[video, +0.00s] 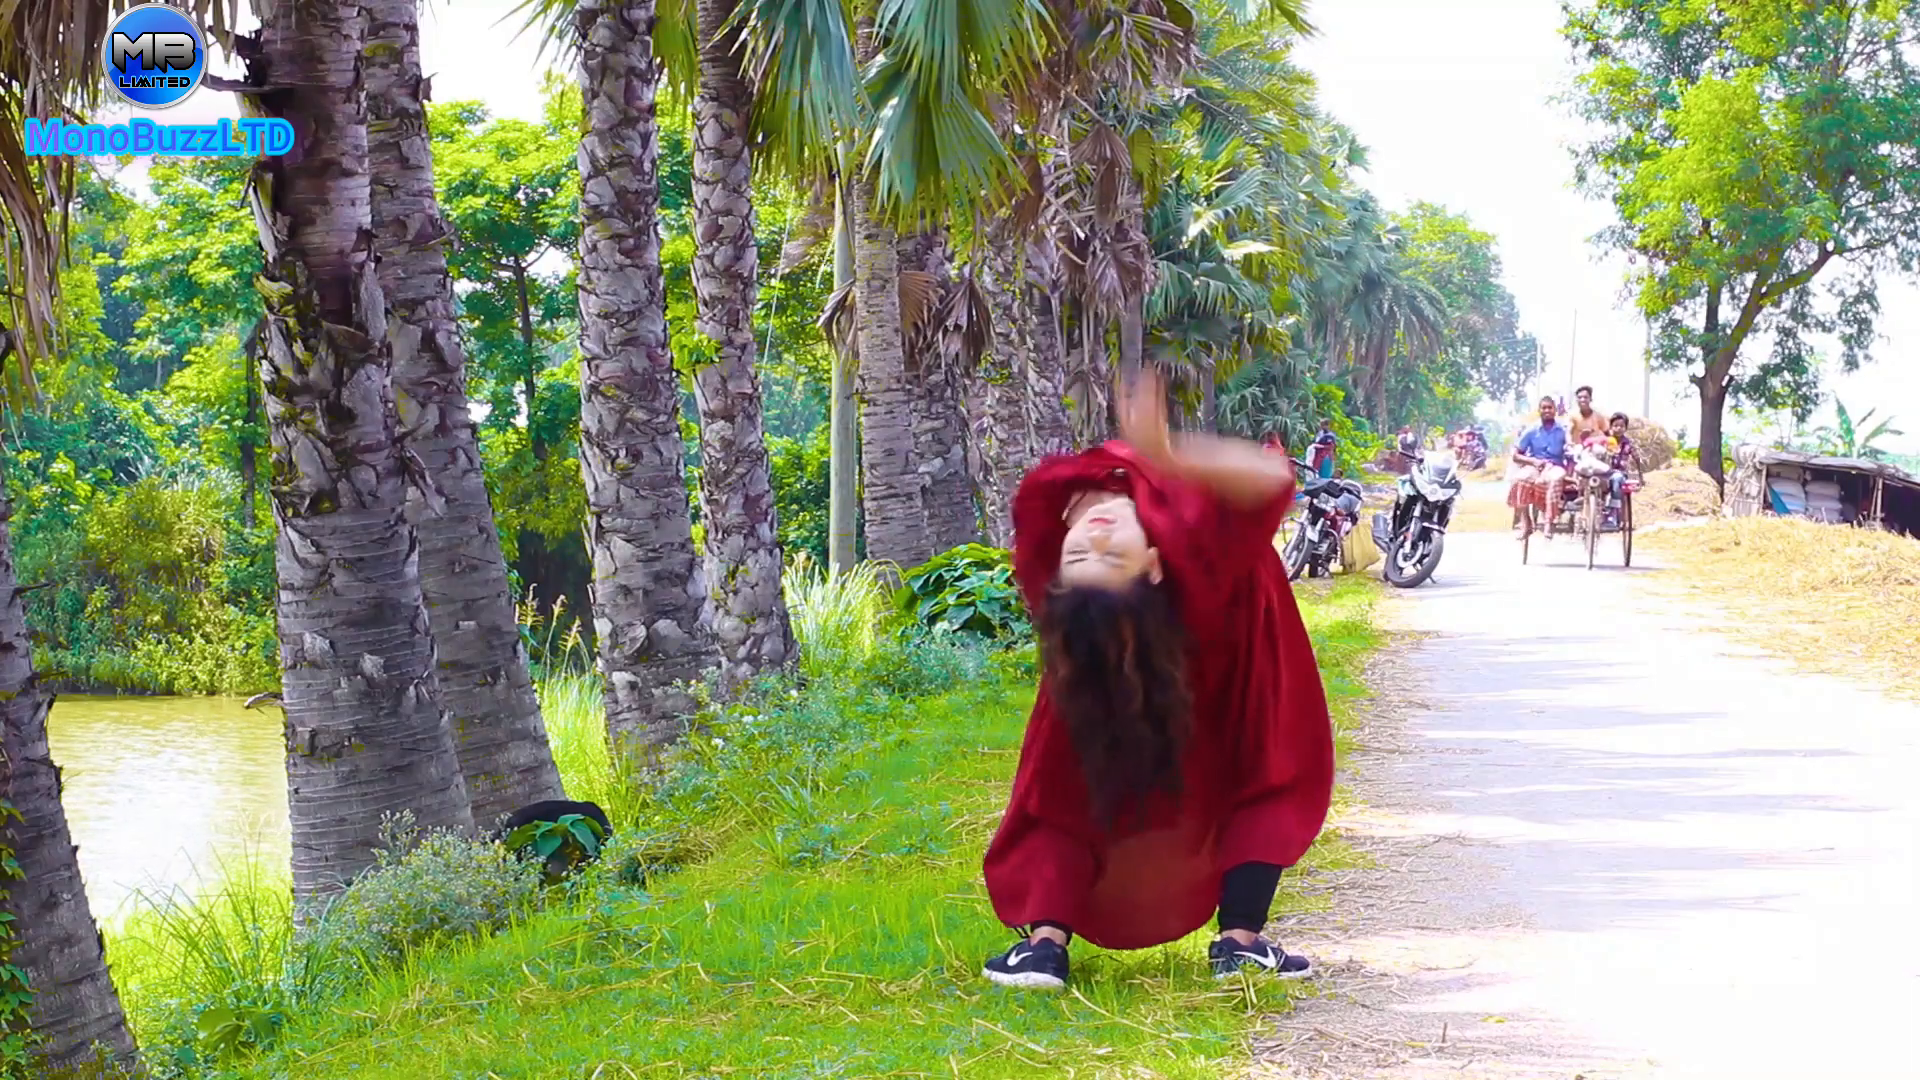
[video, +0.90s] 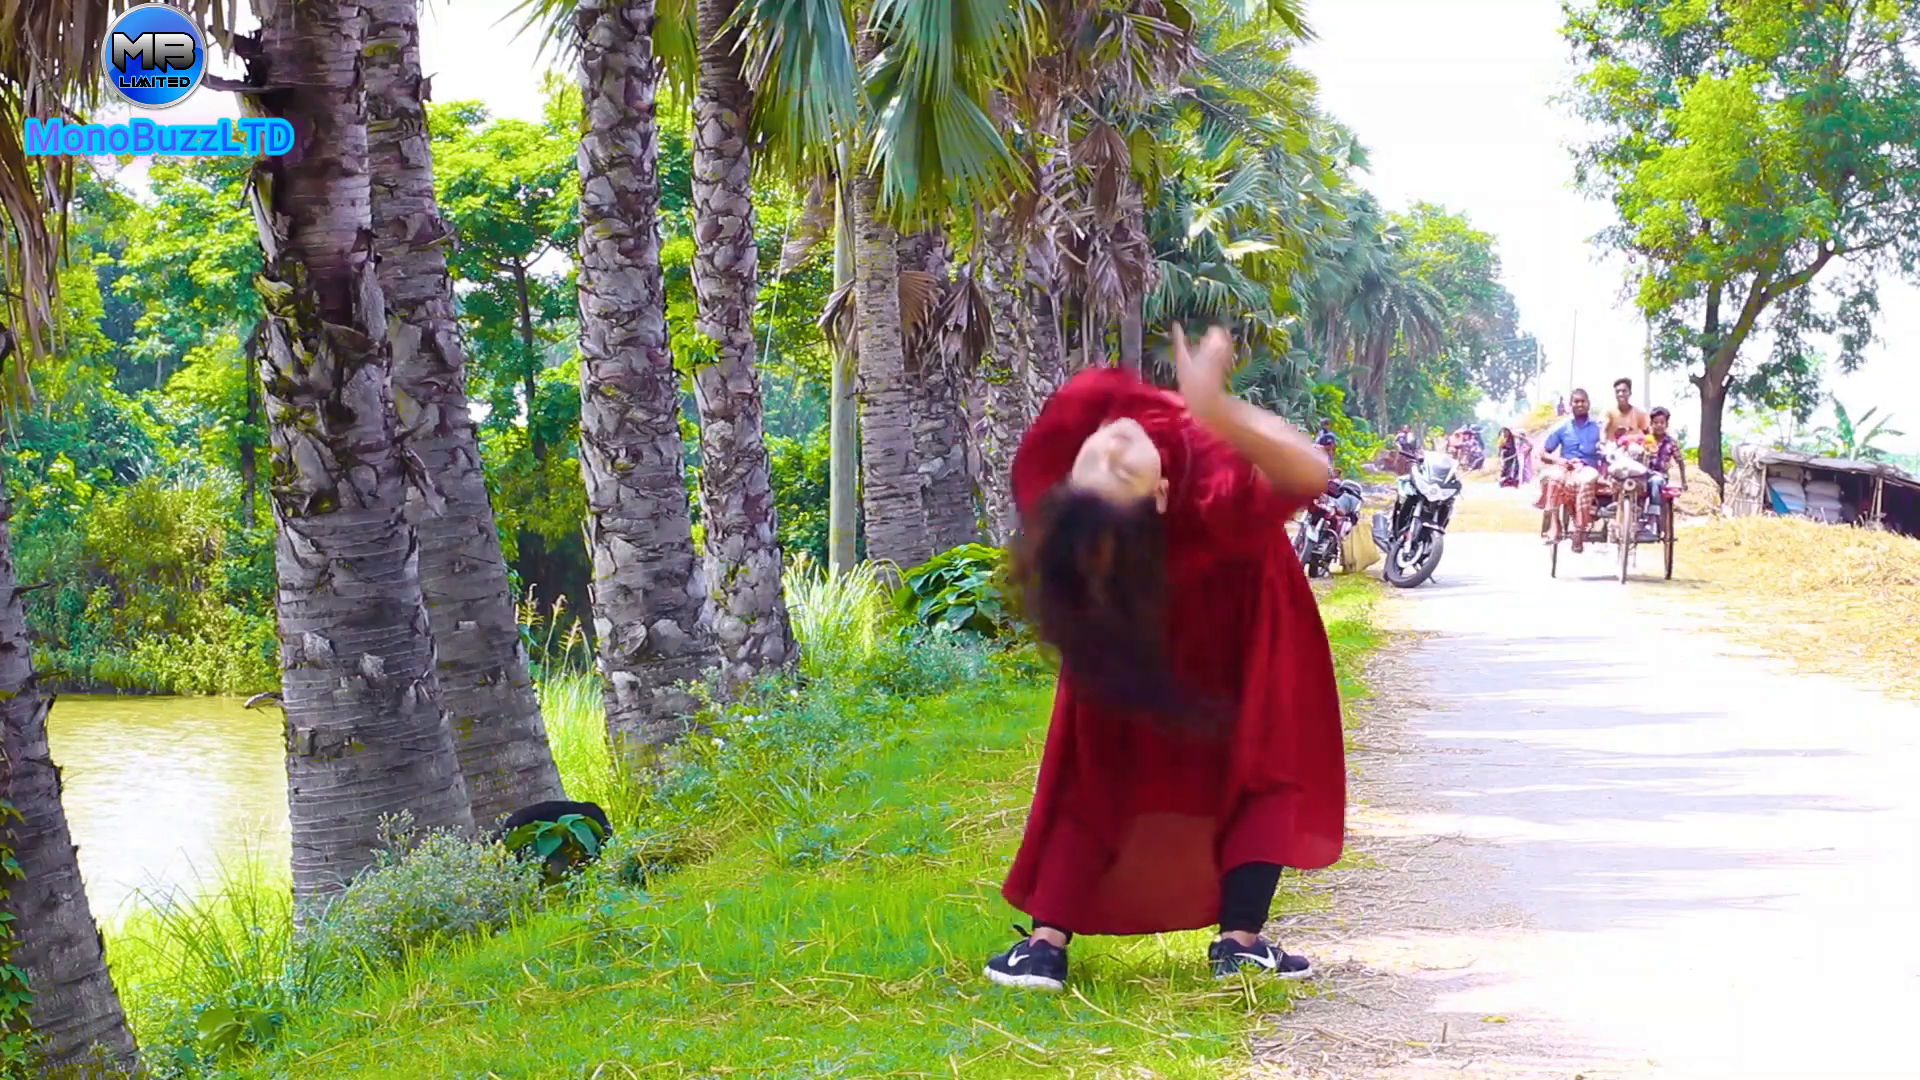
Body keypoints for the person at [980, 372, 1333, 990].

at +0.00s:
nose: (1093, 525)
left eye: (1075, 546)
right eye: (1109, 546)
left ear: (1060, 559)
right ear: (1154, 562)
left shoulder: (1046, 525)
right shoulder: (1204, 513)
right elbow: (1274, 478)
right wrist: (1173, 457)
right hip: (1236, 639)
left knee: (1063, 775)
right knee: (1278, 768)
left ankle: (1044, 941)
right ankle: (1242, 937)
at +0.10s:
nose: (1081, 510)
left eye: (1057, 553)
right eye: (1089, 558)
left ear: (1042, 554)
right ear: (1134, 577)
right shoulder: (1193, 545)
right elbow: (1302, 543)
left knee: (1070, 781)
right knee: (1272, 767)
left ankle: (1045, 942)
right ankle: (1242, 936)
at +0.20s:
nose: (1080, 550)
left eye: (1061, 573)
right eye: (1095, 578)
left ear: (1039, 571)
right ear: (1130, 594)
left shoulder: (1029, 478)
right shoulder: (1194, 576)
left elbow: (1002, 402)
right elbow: (1310, 562)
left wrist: (1105, 374)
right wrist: (1307, 572)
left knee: (1066, 768)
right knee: (1258, 766)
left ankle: (1043, 944)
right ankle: (1241, 938)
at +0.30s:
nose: (1091, 562)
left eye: (1073, 585)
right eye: (1106, 584)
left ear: (1059, 576)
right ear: (1143, 597)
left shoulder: (1040, 506)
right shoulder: (1207, 566)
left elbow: (977, 411)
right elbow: (1285, 564)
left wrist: (1064, 366)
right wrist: (1346, 491)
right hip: (1206, 640)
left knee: (1050, 766)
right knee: (1260, 764)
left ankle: (1041, 943)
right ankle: (1240, 939)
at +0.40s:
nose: (1105, 557)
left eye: (1089, 576)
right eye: (1126, 575)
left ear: (1069, 580)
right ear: (1163, 571)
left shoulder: (1054, 509)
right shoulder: (1214, 507)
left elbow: (971, 413)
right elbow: (1282, 552)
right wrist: (1287, 485)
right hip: (1211, 676)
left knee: (1050, 773)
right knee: (1250, 776)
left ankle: (1040, 943)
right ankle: (1239, 936)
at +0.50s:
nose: (1116, 528)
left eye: (1105, 554)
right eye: (1139, 551)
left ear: (1085, 568)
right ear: (1180, 546)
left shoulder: (1063, 532)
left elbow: (969, 463)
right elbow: (1269, 437)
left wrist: (1001, 524)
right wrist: (1174, 458)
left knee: (1054, 778)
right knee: (1248, 772)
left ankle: (1039, 941)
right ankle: (1239, 936)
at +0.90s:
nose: (1111, 450)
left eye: (1095, 466)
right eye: (1128, 477)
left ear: (1072, 483)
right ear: (1155, 501)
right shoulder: (1221, 489)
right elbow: (1311, 474)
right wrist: (1215, 406)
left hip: (1139, 596)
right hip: (1244, 598)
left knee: (1088, 758)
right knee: (1267, 758)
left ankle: (1045, 941)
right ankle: (1242, 939)